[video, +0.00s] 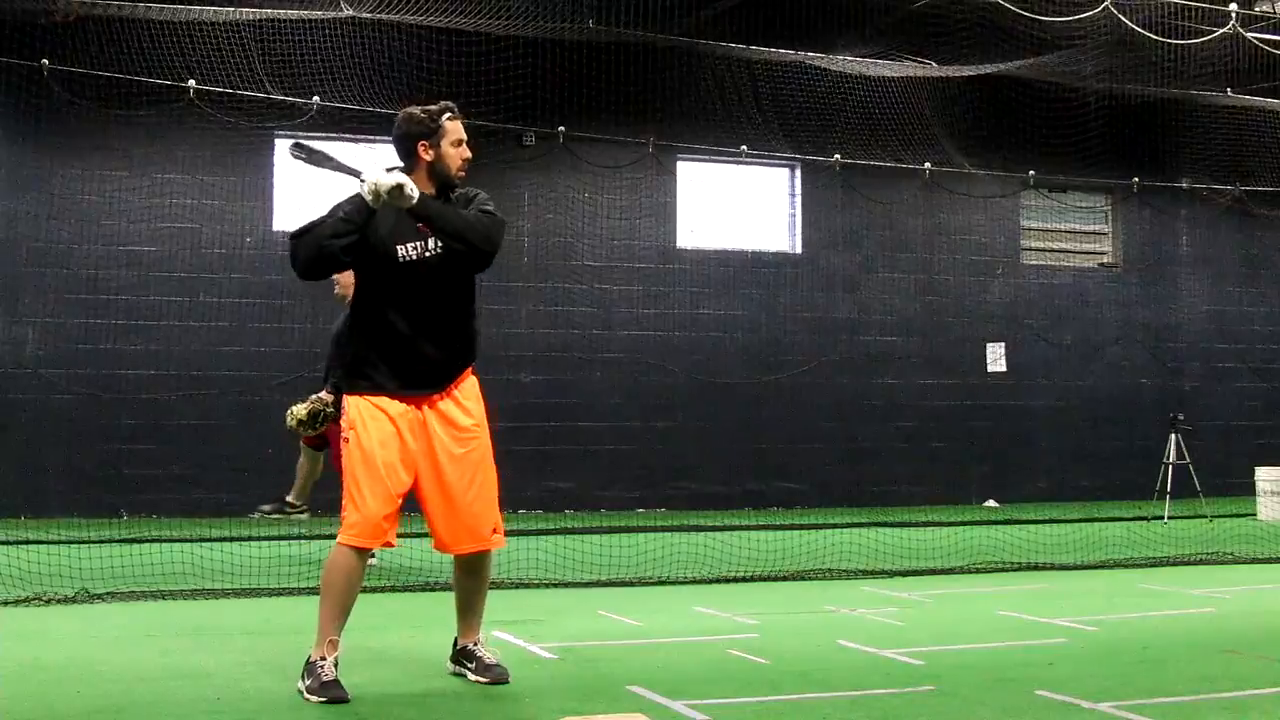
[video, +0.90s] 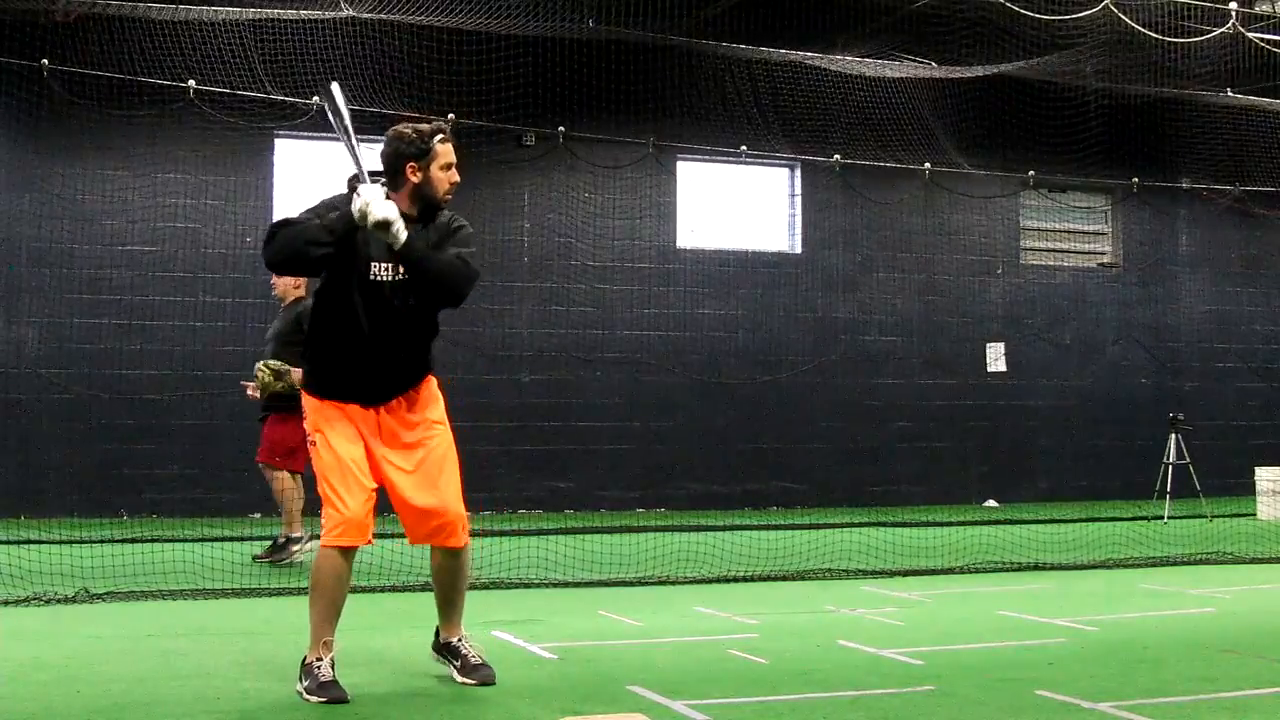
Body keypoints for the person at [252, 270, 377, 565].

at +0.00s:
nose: (335, 280)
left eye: (341, 273)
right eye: (335, 273)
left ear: (359, 277)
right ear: (349, 279)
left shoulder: (366, 319)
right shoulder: (353, 319)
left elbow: (351, 359)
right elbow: (341, 359)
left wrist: (330, 393)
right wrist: (328, 393)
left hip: (374, 401)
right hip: (345, 396)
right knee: (313, 435)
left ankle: (365, 540)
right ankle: (296, 501)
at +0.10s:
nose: (327, 278)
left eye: (334, 271)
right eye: (327, 272)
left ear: (352, 275)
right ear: (338, 278)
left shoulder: (361, 313)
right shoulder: (346, 314)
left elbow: (361, 365)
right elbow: (339, 360)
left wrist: (327, 398)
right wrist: (325, 396)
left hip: (364, 396)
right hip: (339, 393)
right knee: (305, 440)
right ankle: (278, 501)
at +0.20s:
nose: (321, 278)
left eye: (327, 272)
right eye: (321, 271)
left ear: (345, 278)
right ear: (322, 276)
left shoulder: (356, 313)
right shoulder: (335, 312)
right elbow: (332, 370)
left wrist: (330, 418)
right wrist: (320, 410)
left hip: (361, 405)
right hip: (335, 400)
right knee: (302, 439)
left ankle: (363, 540)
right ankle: (271, 509)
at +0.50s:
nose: (297, 280)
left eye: (304, 275)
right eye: (298, 275)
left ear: (321, 281)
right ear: (311, 283)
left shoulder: (329, 314)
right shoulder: (306, 318)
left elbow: (335, 368)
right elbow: (301, 372)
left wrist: (336, 407)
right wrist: (284, 408)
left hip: (325, 410)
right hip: (295, 412)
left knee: (341, 478)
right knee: (296, 478)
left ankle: (360, 542)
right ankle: (290, 542)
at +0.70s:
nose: (280, 279)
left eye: (287, 274)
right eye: (282, 273)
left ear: (305, 280)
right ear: (296, 281)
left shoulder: (314, 311)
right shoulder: (291, 314)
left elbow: (328, 356)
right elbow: (294, 366)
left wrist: (322, 394)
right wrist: (270, 387)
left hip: (303, 407)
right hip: (284, 406)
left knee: (299, 475)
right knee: (294, 476)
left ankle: (348, 523)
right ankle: (289, 543)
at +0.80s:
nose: (275, 279)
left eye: (282, 274)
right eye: (276, 274)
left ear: (301, 279)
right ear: (293, 281)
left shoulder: (310, 312)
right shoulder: (288, 313)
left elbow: (326, 363)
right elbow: (292, 365)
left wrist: (302, 381)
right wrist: (267, 383)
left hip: (301, 403)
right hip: (285, 402)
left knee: (280, 466)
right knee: (290, 470)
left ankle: (322, 526)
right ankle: (288, 541)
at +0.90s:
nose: (272, 281)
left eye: (279, 276)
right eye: (273, 275)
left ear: (297, 282)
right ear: (292, 283)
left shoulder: (305, 313)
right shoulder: (285, 314)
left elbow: (313, 369)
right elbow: (287, 364)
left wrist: (274, 382)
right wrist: (264, 387)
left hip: (292, 407)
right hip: (281, 406)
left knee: (271, 464)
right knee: (287, 469)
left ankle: (295, 534)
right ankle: (290, 535)